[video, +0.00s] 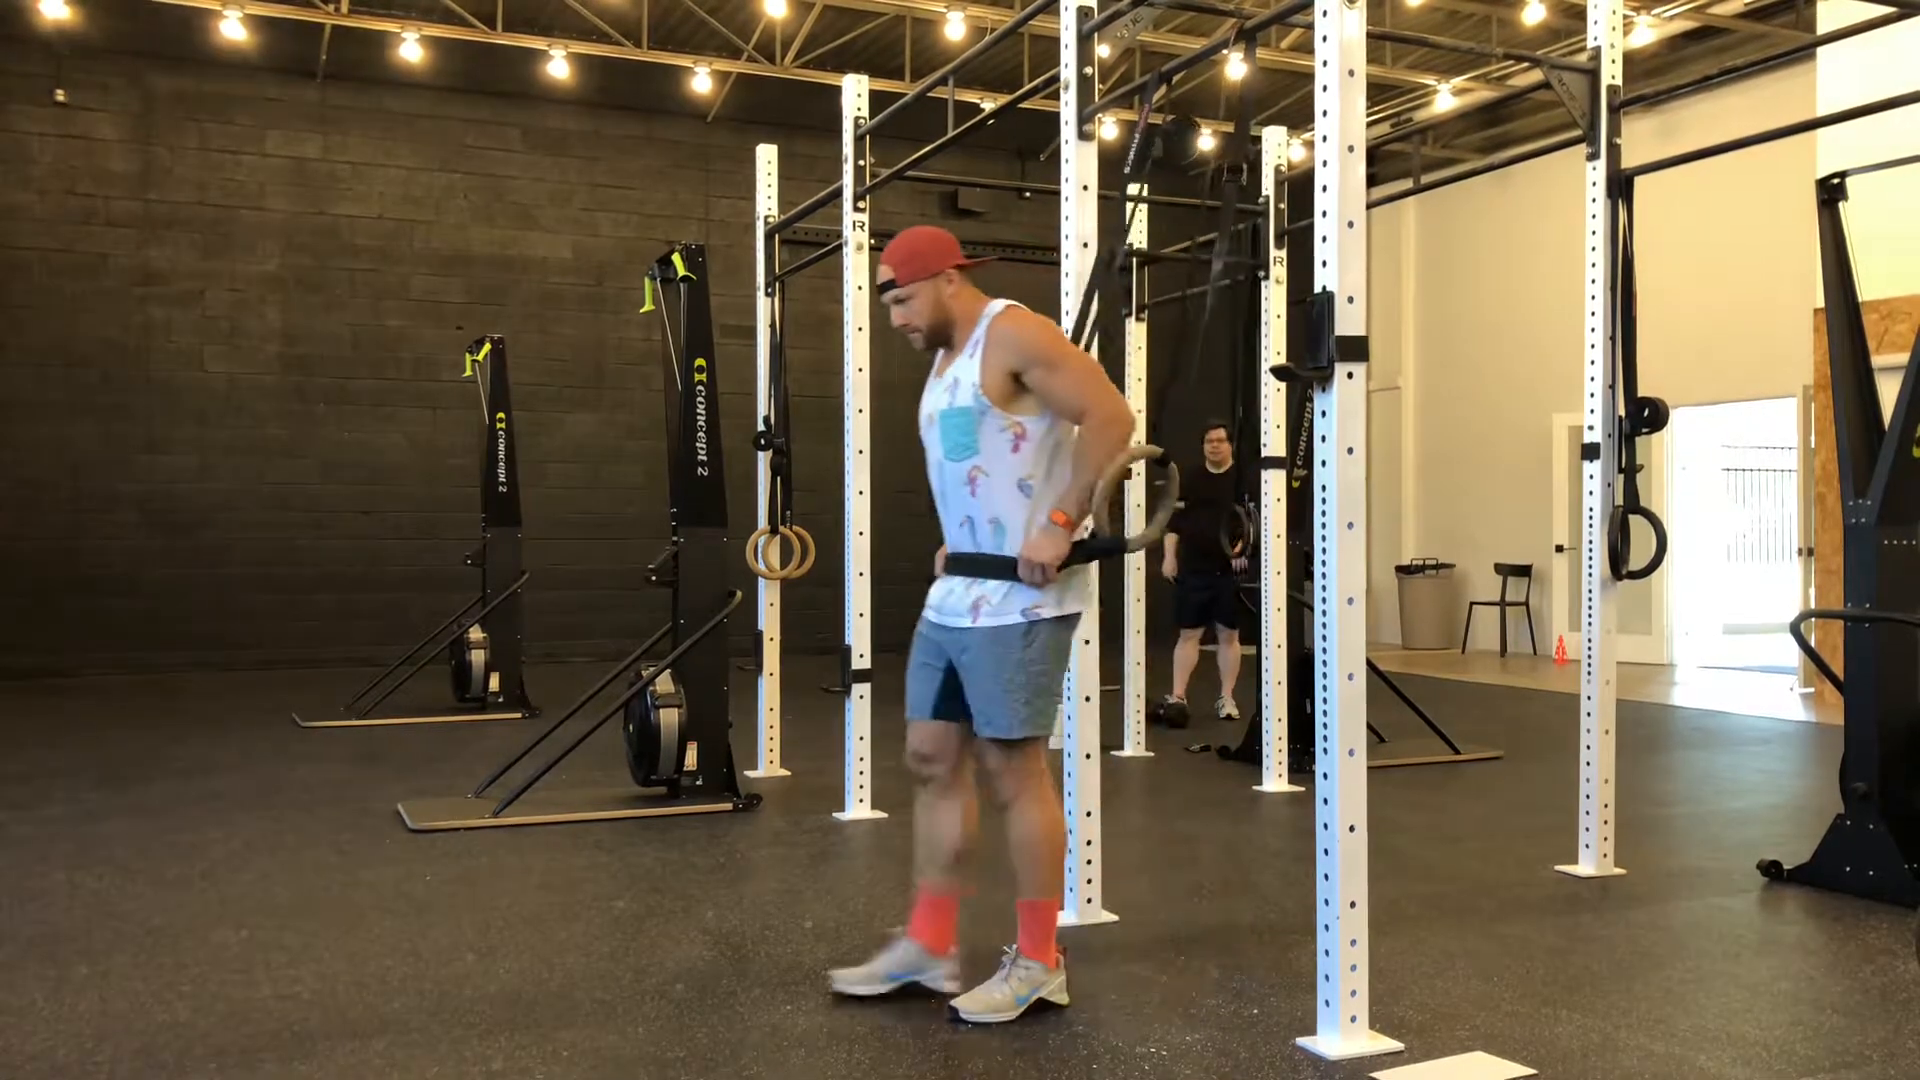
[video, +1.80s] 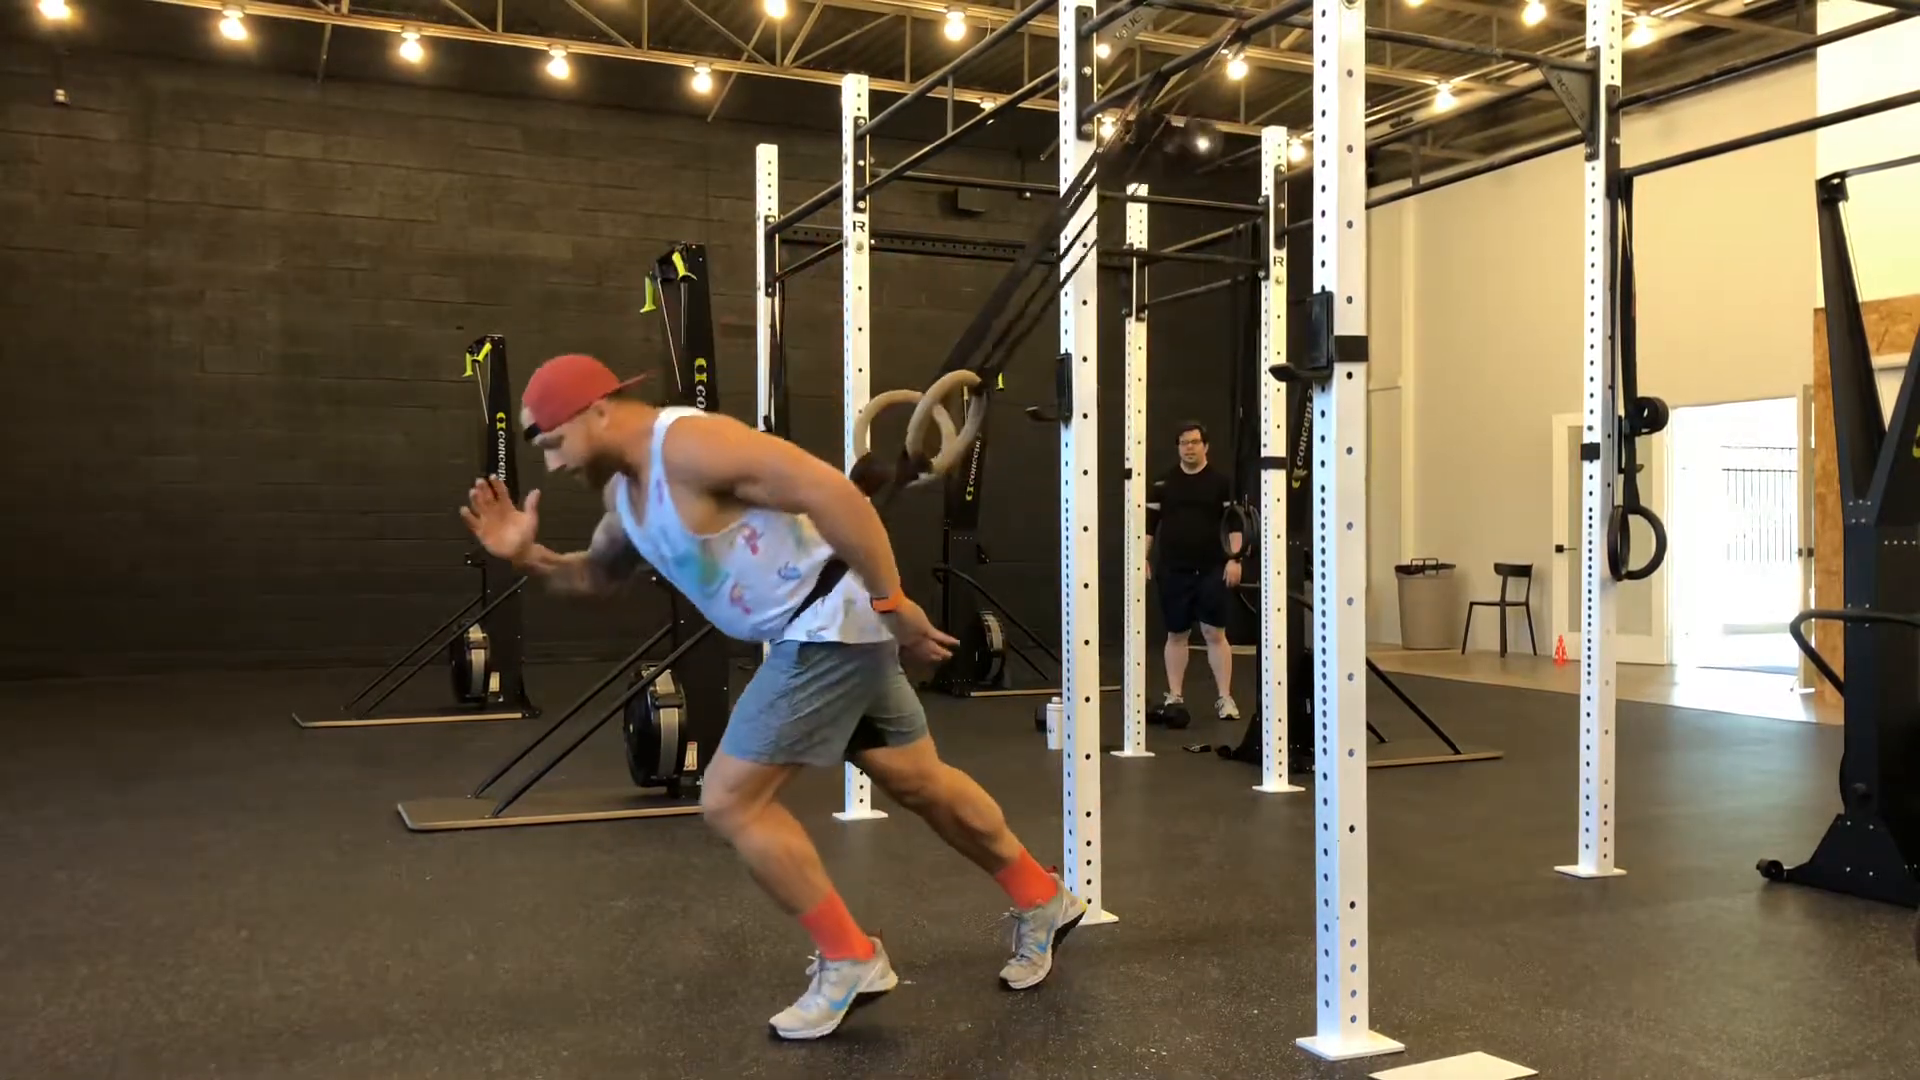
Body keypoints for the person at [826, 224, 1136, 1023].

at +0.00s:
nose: (893, 313)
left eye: (900, 294)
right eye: (888, 298)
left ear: (947, 280)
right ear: (930, 288)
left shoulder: (1016, 335)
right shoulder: (943, 367)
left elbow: (1111, 418)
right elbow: (983, 474)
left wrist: (1060, 521)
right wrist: (953, 554)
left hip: (1017, 602)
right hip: (955, 598)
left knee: (1017, 768)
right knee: (934, 757)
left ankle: (1036, 962)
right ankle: (929, 947)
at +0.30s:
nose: (801, 316)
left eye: (808, 297)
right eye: (797, 302)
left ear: (854, 282)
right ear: (842, 291)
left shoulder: (922, 333)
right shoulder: (860, 364)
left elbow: (1025, 407)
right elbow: (907, 474)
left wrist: (980, 522)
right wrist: (876, 567)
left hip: (944, 604)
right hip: (875, 603)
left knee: (961, 774)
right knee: (858, 760)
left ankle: (1031, 958)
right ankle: (873, 958)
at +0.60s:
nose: (703, 317)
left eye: (711, 298)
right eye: (700, 302)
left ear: (762, 285)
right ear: (743, 296)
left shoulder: (825, 325)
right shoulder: (772, 366)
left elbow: (937, 404)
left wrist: (886, 515)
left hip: (891, 582)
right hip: (852, 583)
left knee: (843, 760)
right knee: (858, 765)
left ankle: (943, 934)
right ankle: (872, 950)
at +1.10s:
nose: (664, 315)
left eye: (673, 294)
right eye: (660, 299)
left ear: (727, 284)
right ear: (714, 293)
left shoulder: (783, 331)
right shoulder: (739, 367)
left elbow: (887, 406)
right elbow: (817, 444)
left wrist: (868, 530)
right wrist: (806, 538)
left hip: (874, 583)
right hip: (831, 586)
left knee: (869, 766)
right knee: (854, 758)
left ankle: (875, 976)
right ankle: (977, 889)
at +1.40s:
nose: (641, 338)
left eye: (648, 317)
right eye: (638, 322)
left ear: (702, 309)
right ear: (690, 315)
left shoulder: (777, 360)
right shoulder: (716, 395)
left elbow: (895, 437)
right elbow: (751, 503)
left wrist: (915, 564)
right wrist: (708, 581)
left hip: (868, 587)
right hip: (843, 590)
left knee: (807, 773)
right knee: (921, 756)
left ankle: (865, 972)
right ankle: (1029, 893)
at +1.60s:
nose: (600, 392)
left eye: (606, 372)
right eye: (595, 376)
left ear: (659, 353)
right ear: (650, 361)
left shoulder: (745, 400)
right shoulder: (678, 438)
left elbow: (868, 471)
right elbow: (701, 540)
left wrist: (892, 596)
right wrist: (622, 567)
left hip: (850, 611)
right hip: (824, 615)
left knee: (763, 789)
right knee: (912, 775)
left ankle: (855, 960)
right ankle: (1032, 895)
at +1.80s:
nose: (547, 457)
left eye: (550, 438)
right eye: (540, 444)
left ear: (597, 410)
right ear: (586, 422)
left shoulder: (687, 445)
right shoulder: (627, 498)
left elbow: (830, 488)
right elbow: (593, 575)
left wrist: (892, 602)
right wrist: (527, 554)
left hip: (830, 623)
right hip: (830, 626)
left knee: (732, 798)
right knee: (917, 778)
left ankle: (850, 957)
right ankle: (1044, 896)